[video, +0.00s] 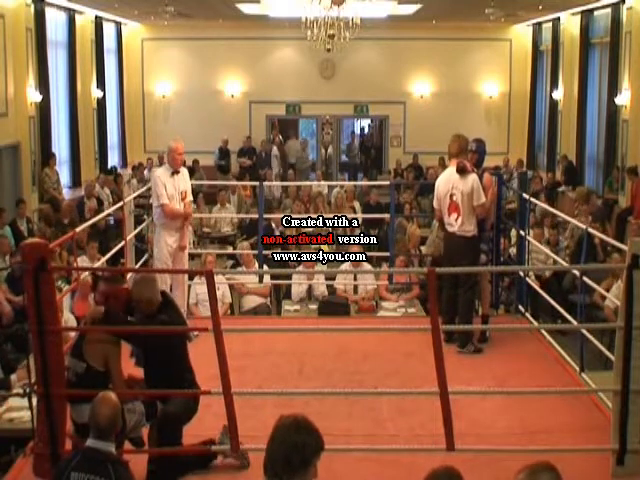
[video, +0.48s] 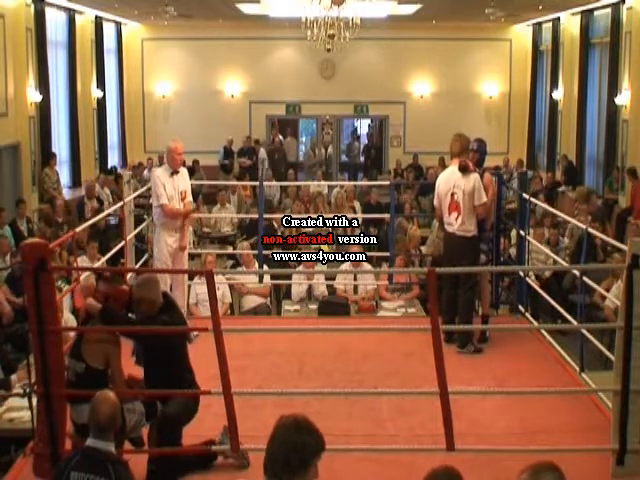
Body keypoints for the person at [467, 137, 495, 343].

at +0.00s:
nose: (470, 157)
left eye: (474, 153)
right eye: (469, 152)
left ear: (480, 155)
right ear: (466, 153)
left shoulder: (487, 178)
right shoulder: (461, 175)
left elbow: (489, 206)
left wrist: (485, 223)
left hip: (483, 230)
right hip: (464, 229)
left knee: (483, 275)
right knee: (463, 276)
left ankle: (484, 321)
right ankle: (460, 319)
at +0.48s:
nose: (472, 156)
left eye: (476, 152)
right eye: (470, 151)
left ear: (482, 155)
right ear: (467, 153)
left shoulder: (487, 178)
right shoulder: (462, 175)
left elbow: (490, 205)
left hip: (483, 229)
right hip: (464, 229)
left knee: (484, 275)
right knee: (464, 275)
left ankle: (484, 321)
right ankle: (461, 320)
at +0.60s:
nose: (470, 157)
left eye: (473, 153)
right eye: (470, 153)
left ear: (479, 155)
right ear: (470, 153)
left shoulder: (488, 179)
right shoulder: (463, 176)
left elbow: (489, 207)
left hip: (483, 230)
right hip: (465, 230)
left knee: (484, 276)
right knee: (464, 276)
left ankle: (484, 321)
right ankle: (461, 320)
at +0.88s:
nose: (471, 158)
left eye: (474, 154)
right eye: (471, 153)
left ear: (478, 155)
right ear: (477, 154)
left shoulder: (489, 179)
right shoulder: (464, 177)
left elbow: (491, 207)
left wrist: (488, 225)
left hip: (484, 231)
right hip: (467, 230)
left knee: (484, 275)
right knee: (465, 277)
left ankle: (484, 320)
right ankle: (462, 320)